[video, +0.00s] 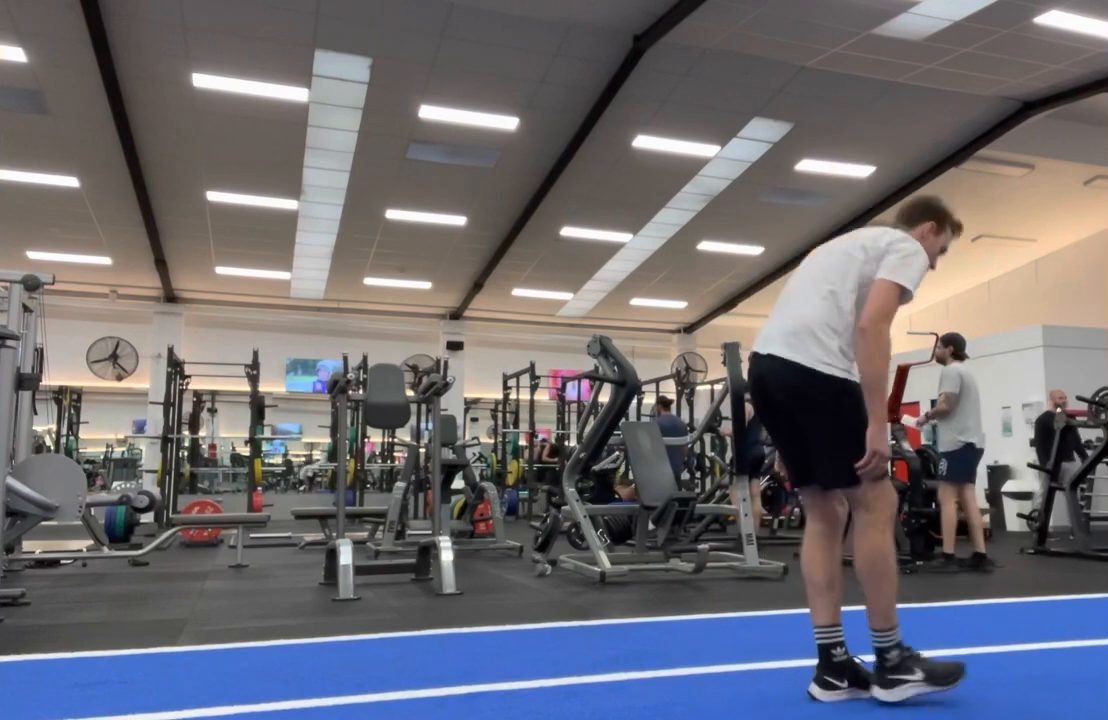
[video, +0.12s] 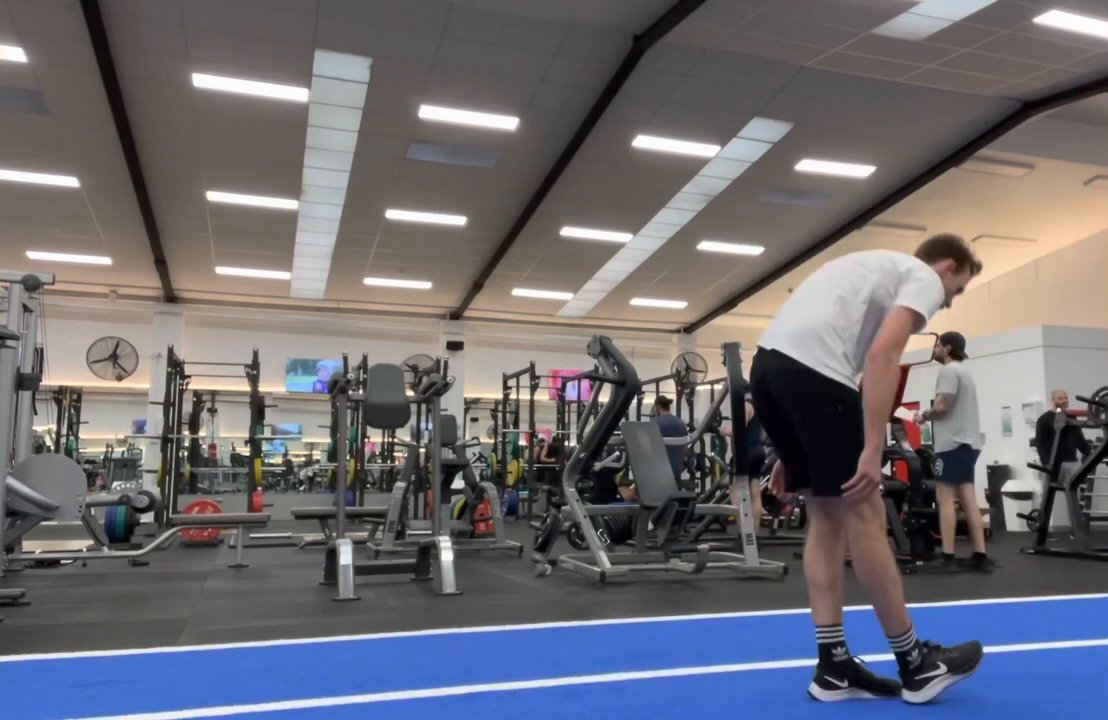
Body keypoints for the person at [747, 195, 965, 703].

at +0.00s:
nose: (936, 261)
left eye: (942, 254)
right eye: (940, 251)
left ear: (904, 224)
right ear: (927, 231)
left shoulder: (844, 246)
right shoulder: (906, 248)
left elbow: (796, 332)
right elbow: (872, 323)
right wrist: (878, 422)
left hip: (768, 372)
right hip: (818, 371)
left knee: (824, 513)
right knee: (877, 503)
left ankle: (833, 664)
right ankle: (892, 659)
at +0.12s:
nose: (953, 300)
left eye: (959, 293)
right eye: (958, 287)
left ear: (923, 256)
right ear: (947, 266)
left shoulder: (868, 270)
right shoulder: (923, 276)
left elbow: (804, 355)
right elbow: (882, 353)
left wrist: (785, 448)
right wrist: (874, 447)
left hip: (770, 370)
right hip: (817, 373)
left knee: (824, 519)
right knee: (866, 513)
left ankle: (833, 664)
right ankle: (913, 661)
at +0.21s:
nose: (960, 344)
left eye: (968, 338)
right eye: (967, 333)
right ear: (961, 309)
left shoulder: (888, 306)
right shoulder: (937, 310)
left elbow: (839, 399)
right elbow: (893, 387)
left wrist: (791, 478)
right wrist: (877, 479)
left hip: (772, 370)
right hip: (816, 379)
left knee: (827, 519)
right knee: (861, 518)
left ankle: (833, 664)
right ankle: (911, 665)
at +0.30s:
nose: (968, 379)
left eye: (975, 376)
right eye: (976, 370)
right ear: (972, 344)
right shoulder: (946, 340)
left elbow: (827, 419)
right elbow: (902, 421)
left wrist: (796, 503)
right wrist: (888, 513)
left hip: (772, 371)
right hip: (814, 376)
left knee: (828, 524)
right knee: (858, 523)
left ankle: (834, 665)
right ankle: (911, 667)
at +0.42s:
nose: (966, 412)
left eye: (974, 410)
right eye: (976, 406)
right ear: (978, 378)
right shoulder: (954, 368)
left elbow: (833, 446)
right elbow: (913, 455)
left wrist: (806, 538)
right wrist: (901, 553)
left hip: (774, 369)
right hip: (810, 373)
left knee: (830, 517)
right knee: (857, 521)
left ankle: (834, 665)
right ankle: (910, 668)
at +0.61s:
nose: (964, 459)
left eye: (972, 457)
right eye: (973, 451)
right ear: (979, 421)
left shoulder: (887, 412)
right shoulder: (958, 397)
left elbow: (866, 500)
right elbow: (940, 508)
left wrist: (852, 593)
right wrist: (952, 615)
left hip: (776, 370)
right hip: (814, 371)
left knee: (831, 516)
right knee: (859, 518)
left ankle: (834, 665)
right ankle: (910, 667)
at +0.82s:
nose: (968, 463)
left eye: (974, 459)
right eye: (976, 454)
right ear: (982, 429)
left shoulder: (892, 417)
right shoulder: (964, 394)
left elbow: (901, 512)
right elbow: (975, 514)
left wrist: (927, 598)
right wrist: (1010, 601)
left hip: (781, 369)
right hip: (822, 369)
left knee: (833, 520)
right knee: (867, 521)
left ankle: (834, 665)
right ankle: (912, 670)